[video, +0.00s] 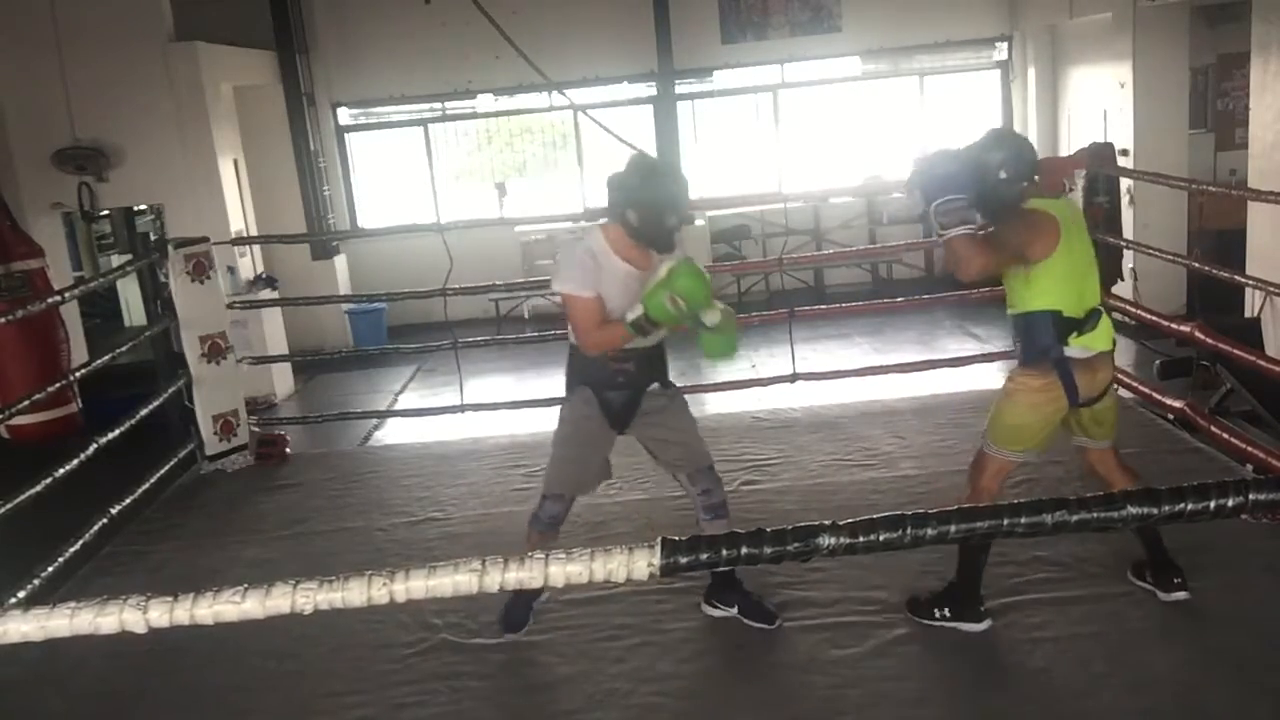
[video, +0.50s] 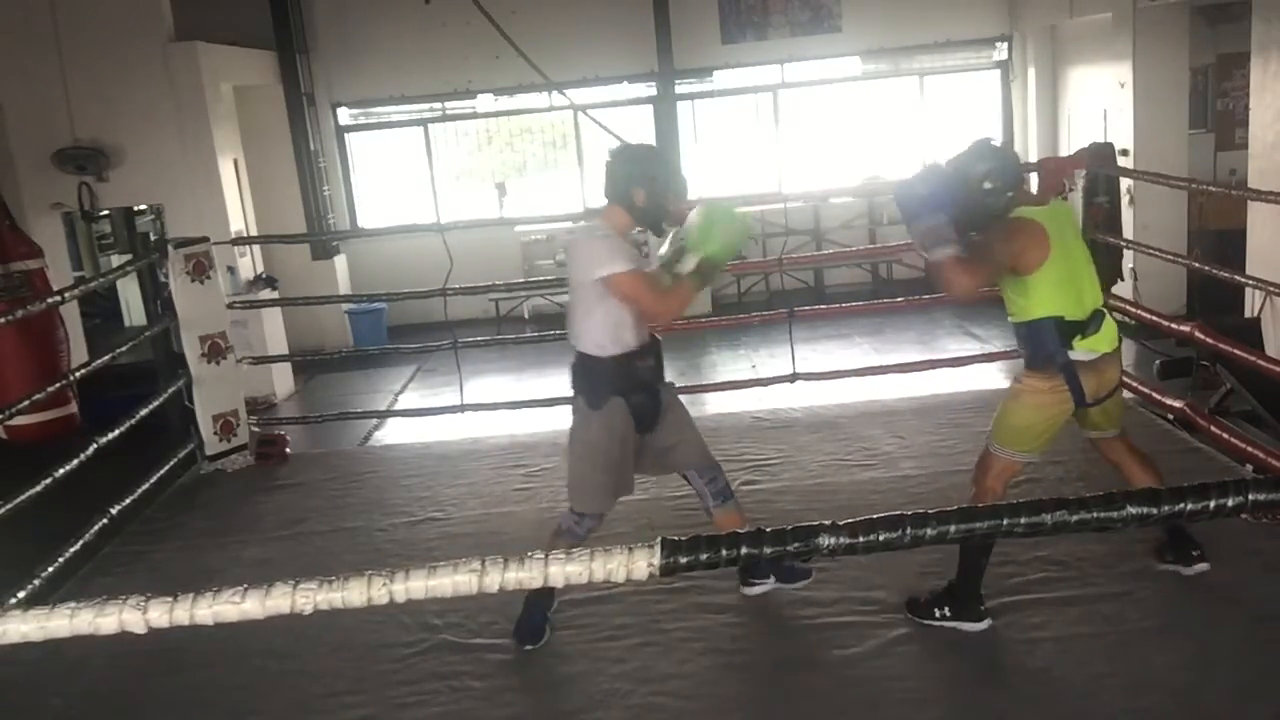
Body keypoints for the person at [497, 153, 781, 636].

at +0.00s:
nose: (679, 225)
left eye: (680, 213)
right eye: (670, 214)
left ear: (671, 210)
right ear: (635, 211)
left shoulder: (669, 256)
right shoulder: (582, 256)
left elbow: (687, 317)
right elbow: (589, 340)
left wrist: (710, 321)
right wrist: (651, 317)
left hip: (652, 388)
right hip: (592, 391)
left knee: (707, 486)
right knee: (555, 503)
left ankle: (724, 585)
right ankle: (527, 584)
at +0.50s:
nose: (673, 204)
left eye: (673, 194)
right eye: (667, 193)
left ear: (634, 193)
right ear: (637, 192)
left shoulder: (631, 241)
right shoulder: (595, 244)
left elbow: (649, 302)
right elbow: (659, 311)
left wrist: (683, 254)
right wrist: (705, 268)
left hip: (646, 381)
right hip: (604, 389)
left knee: (707, 475)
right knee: (586, 513)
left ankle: (753, 562)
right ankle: (541, 595)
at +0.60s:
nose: (688, 209)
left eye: (688, 199)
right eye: (681, 199)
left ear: (653, 198)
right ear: (655, 198)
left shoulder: (645, 239)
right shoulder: (634, 246)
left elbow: (683, 290)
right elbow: (717, 289)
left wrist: (714, 252)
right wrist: (746, 238)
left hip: (660, 388)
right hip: (625, 393)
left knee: (721, 481)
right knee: (603, 520)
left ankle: (760, 566)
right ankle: (544, 594)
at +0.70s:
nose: (718, 206)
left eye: (719, 197)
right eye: (715, 196)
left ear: (669, 191)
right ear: (694, 193)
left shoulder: (641, 234)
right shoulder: (679, 237)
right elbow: (771, 252)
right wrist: (807, 212)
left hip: (674, 387)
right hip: (648, 389)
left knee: (734, 479)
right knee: (620, 510)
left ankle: (762, 567)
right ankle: (548, 587)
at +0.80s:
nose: (732, 199)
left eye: (733, 190)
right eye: (729, 188)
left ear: (685, 183)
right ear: (709, 186)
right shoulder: (695, 226)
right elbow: (784, 244)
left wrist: (815, 220)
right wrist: (832, 201)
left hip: (680, 377)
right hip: (654, 380)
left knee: (730, 471)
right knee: (626, 500)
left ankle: (761, 566)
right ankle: (552, 588)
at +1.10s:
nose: (735, 195)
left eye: (737, 185)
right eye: (730, 184)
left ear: (711, 184)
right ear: (704, 180)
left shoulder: (704, 225)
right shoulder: (672, 222)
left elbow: (728, 288)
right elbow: (725, 295)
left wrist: (761, 238)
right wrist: (765, 249)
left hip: (691, 368)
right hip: (650, 371)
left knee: (742, 472)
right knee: (658, 496)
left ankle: (761, 566)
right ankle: (617, 596)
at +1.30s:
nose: (727, 199)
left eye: (729, 189)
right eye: (721, 188)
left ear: (700, 188)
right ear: (690, 185)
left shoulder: (704, 238)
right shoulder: (647, 243)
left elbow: (766, 257)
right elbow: (691, 317)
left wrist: (772, 194)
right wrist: (733, 267)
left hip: (710, 372)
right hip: (660, 382)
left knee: (783, 464)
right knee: (649, 503)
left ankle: (805, 555)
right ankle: (612, 599)